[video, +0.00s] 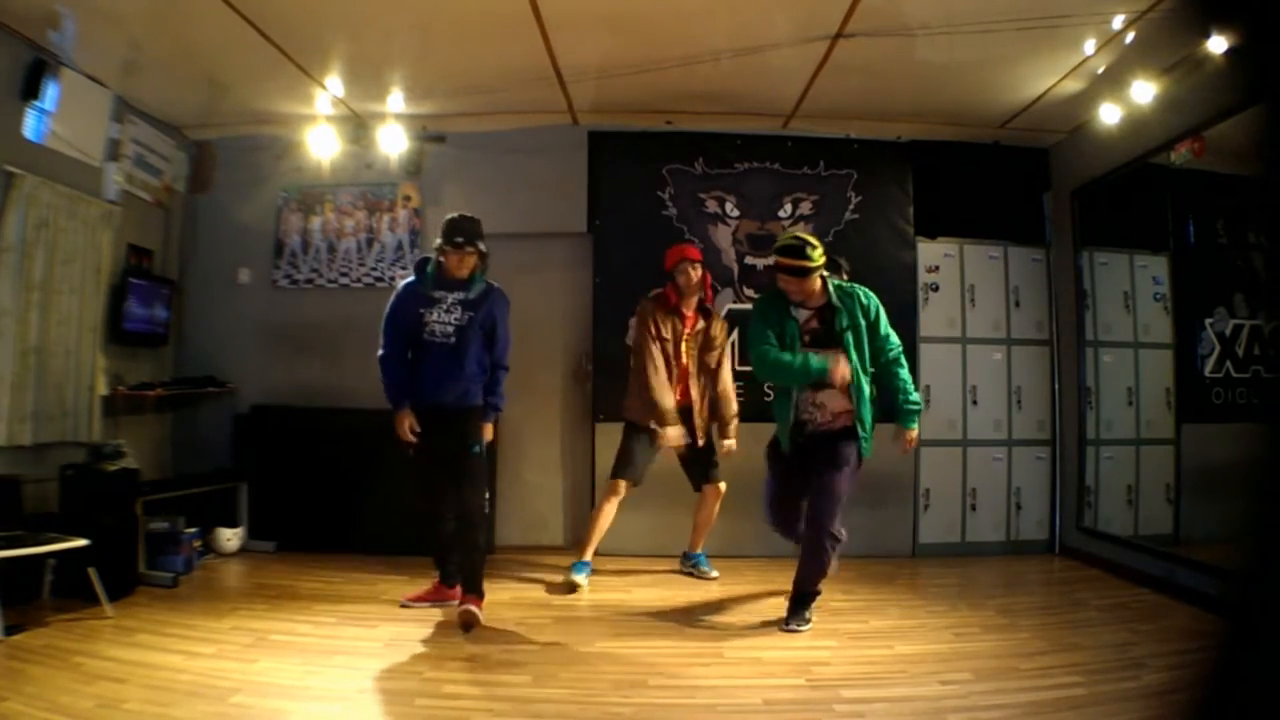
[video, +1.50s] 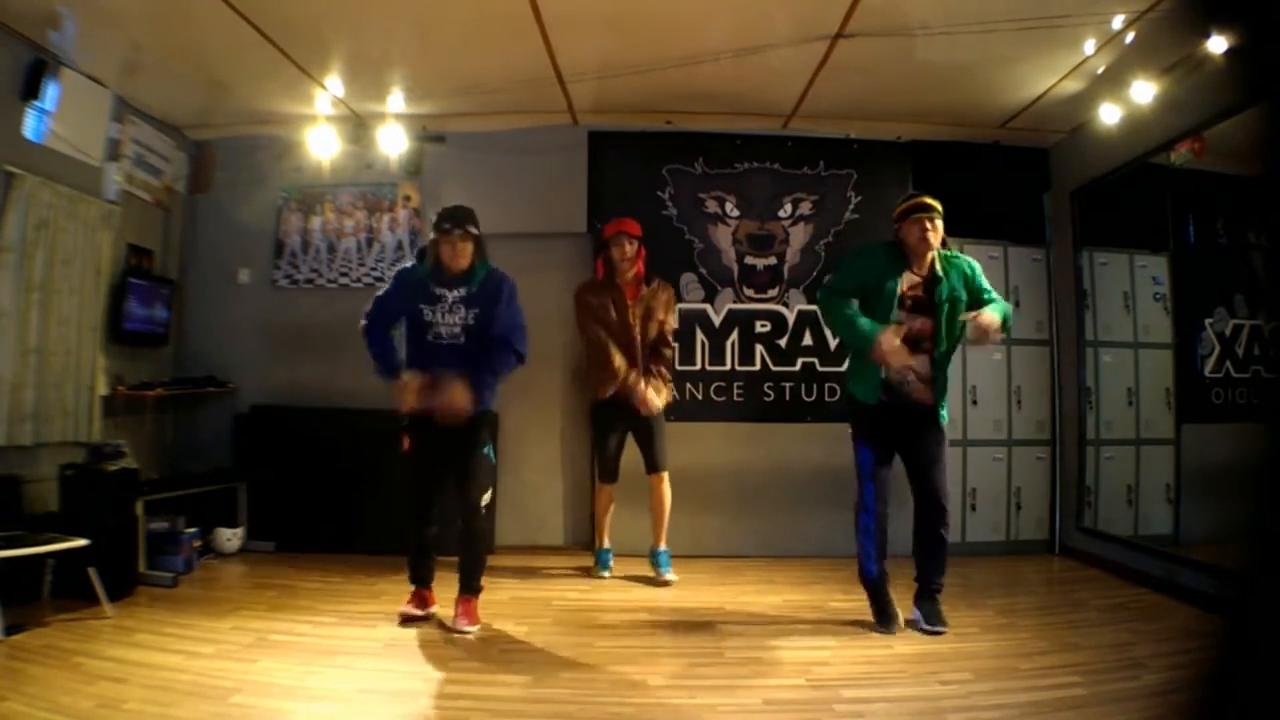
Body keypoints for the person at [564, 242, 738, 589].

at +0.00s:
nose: (692, 273)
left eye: (696, 266)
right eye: (684, 267)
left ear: (704, 273)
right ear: (672, 274)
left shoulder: (712, 323)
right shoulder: (652, 312)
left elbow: (722, 378)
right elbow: (652, 370)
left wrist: (728, 428)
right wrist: (667, 420)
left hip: (693, 418)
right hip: (649, 414)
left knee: (714, 487)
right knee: (618, 486)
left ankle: (693, 555)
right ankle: (584, 563)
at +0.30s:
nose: (687, 260)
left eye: (693, 254)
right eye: (680, 254)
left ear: (703, 258)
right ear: (671, 258)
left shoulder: (724, 303)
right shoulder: (650, 296)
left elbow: (740, 354)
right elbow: (614, 332)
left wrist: (735, 398)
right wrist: (586, 376)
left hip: (703, 401)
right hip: (659, 399)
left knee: (705, 476)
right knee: (650, 475)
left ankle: (707, 553)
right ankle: (660, 547)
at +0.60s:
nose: (640, 265)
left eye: (648, 260)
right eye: (640, 259)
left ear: (666, 267)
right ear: (643, 265)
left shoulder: (705, 299)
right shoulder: (636, 303)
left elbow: (735, 343)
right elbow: (614, 339)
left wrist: (704, 379)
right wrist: (594, 356)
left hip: (694, 401)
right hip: (654, 398)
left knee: (695, 479)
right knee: (623, 464)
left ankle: (708, 553)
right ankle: (622, 543)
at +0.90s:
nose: (604, 264)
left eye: (612, 257)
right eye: (600, 258)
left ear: (628, 261)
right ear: (597, 264)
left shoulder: (659, 298)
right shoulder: (600, 304)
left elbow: (661, 356)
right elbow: (598, 354)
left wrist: (637, 393)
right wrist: (610, 387)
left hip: (660, 403)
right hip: (620, 404)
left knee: (675, 479)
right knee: (608, 480)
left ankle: (700, 550)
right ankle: (599, 560)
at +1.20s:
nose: (617, 253)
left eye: (624, 247)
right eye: (610, 247)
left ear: (634, 252)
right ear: (600, 254)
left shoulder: (655, 301)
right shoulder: (582, 298)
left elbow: (677, 347)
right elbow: (557, 342)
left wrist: (682, 383)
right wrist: (565, 384)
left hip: (643, 401)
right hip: (598, 400)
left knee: (652, 478)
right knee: (593, 481)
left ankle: (643, 549)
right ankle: (592, 559)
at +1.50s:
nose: (623, 250)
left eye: (630, 243)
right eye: (616, 244)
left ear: (640, 248)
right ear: (606, 250)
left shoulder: (660, 291)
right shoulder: (590, 293)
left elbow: (666, 345)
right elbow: (599, 346)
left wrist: (656, 386)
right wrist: (633, 385)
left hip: (650, 395)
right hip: (609, 395)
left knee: (658, 471)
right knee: (605, 477)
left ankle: (661, 550)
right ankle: (603, 551)